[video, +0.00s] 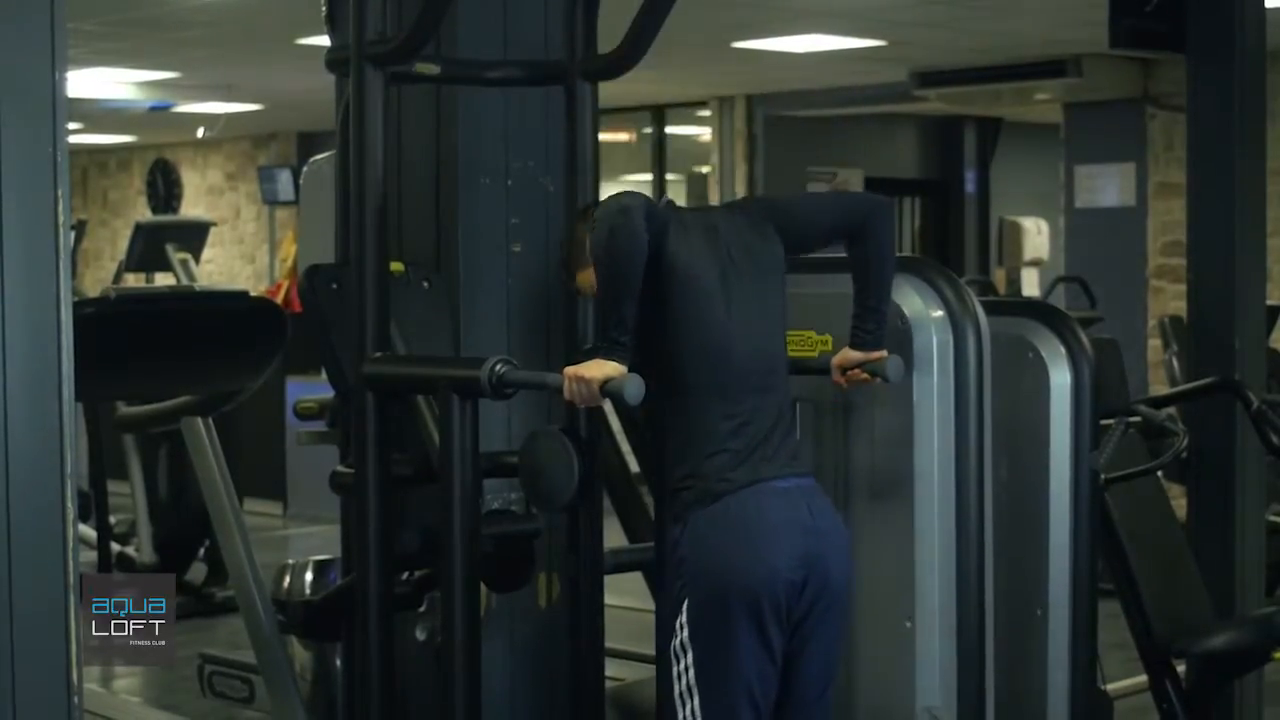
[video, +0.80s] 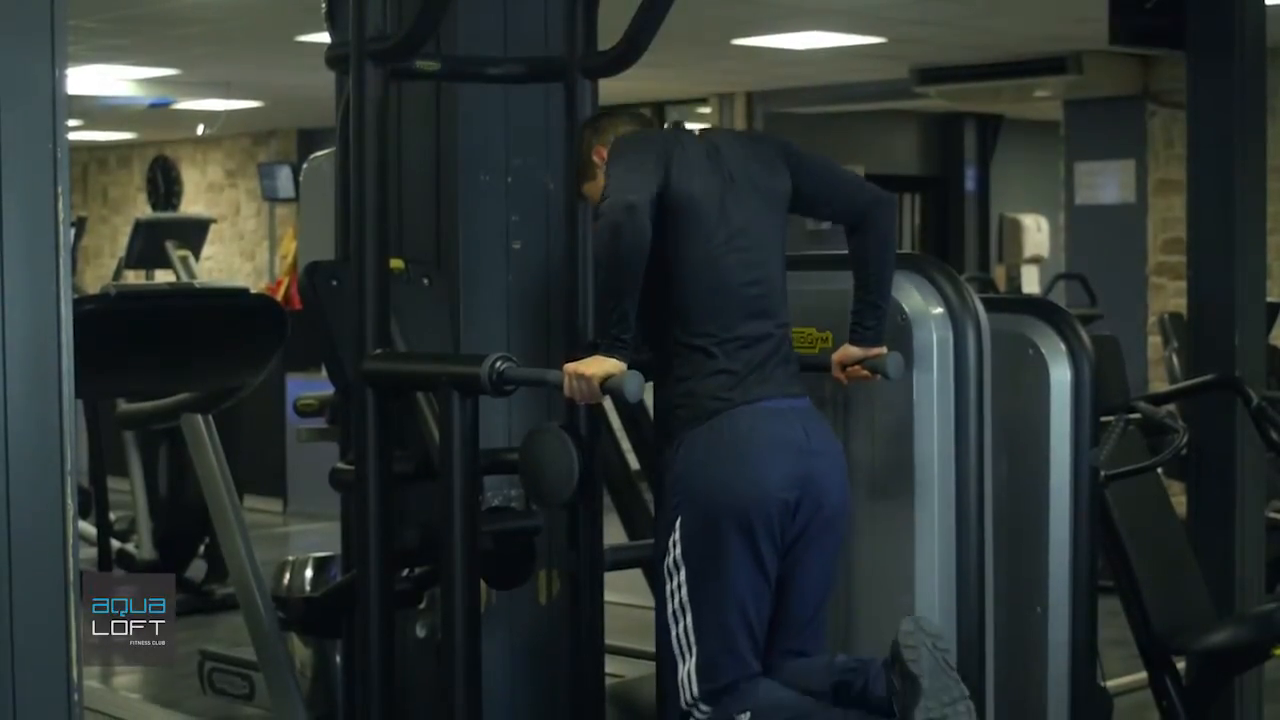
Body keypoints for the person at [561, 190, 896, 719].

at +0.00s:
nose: (601, 299)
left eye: (594, 287)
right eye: (593, 293)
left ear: (601, 252)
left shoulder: (638, 224)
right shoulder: (752, 221)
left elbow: (626, 209)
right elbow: (870, 210)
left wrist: (611, 347)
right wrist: (869, 337)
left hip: (720, 527)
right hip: (805, 506)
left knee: (716, 706)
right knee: (805, 707)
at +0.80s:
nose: (598, 201)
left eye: (592, 187)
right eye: (591, 192)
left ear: (606, 154)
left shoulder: (639, 149)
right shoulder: (762, 152)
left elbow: (625, 212)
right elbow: (873, 206)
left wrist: (610, 346)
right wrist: (868, 335)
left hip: (720, 447)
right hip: (805, 431)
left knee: (714, 694)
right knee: (786, 664)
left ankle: (887, 703)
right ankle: (888, 683)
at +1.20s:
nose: (613, 104)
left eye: (606, 89)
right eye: (605, 96)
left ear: (619, 50)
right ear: (674, 29)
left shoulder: (646, 69)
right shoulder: (781, 77)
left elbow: (635, 194)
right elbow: (853, 193)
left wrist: (615, 333)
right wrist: (867, 321)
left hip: (718, 360)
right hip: (807, 353)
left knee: (698, 613)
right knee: (774, 585)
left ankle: (888, 646)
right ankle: (869, 577)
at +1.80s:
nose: (605, 173)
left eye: (599, 161)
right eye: (600, 164)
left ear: (614, 134)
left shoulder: (642, 138)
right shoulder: (770, 141)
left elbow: (620, 198)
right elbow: (879, 193)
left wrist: (611, 333)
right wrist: (871, 324)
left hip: (723, 439)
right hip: (810, 424)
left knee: (712, 686)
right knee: (786, 656)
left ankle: (873, 708)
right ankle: (886, 680)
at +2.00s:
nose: (597, 223)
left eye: (594, 212)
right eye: (591, 220)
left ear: (606, 182)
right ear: (648, 155)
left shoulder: (634, 173)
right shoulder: (761, 172)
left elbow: (622, 209)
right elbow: (880, 197)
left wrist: (610, 334)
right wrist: (868, 325)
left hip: (723, 483)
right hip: (812, 465)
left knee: (722, 706)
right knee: (798, 696)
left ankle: (894, 708)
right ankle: (899, 708)